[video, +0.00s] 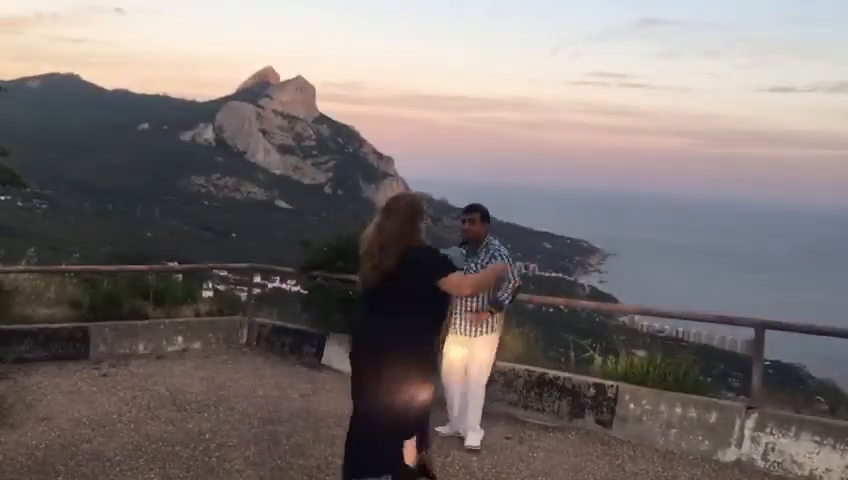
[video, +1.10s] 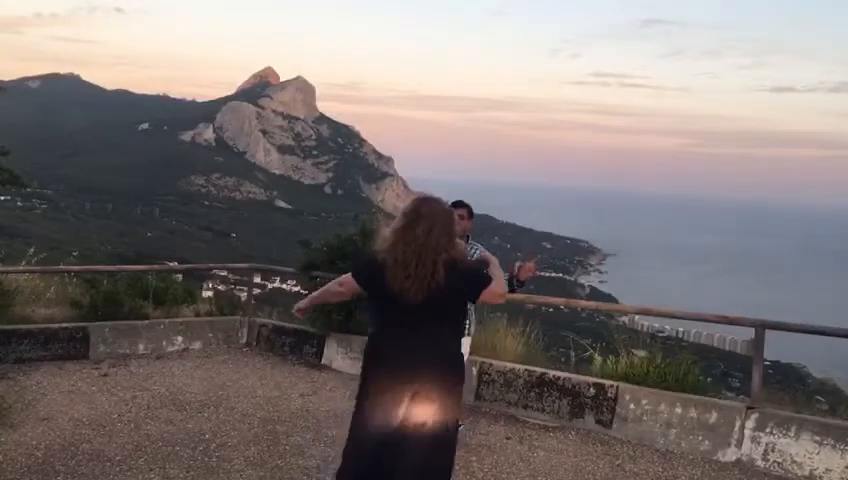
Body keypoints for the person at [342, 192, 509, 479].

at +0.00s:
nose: (427, 222)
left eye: (425, 217)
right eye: (424, 218)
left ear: (385, 220)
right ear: (417, 222)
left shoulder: (374, 256)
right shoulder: (424, 257)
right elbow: (462, 286)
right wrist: (496, 271)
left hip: (368, 358)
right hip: (410, 363)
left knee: (365, 430)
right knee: (407, 439)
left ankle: (359, 472)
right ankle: (407, 468)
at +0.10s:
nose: (430, 224)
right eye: (428, 219)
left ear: (386, 220)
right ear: (422, 223)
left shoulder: (370, 259)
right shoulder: (434, 258)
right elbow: (472, 285)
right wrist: (493, 268)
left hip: (370, 364)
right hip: (416, 367)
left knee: (361, 449)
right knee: (410, 453)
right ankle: (407, 473)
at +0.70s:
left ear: (381, 231)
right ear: (423, 235)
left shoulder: (364, 267)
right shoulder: (435, 274)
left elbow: (327, 272)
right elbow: (474, 300)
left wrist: (321, 252)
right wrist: (508, 294)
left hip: (365, 384)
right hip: (418, 385)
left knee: (356, 462)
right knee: (412, 463)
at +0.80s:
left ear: (385, 226)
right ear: (428, 230)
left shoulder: (366, 261)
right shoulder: (440, 269)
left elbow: (327, 274)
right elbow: (478, 297)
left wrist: (314, 265)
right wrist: (500, 280)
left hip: (368, 371)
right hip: (421, 374)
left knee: (354, 452)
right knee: (412, 458)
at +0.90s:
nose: (449, 228)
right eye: (444, 224)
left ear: (389, 224)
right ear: (435, 229)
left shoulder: (371, 258)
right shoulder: (446, 266)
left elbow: (329, 276)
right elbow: (484, 293)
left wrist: (302, 279)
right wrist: (491, 265)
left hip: (369, 370)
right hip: (425, 373)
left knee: (352, 452)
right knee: (414, 458)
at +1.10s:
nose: (458, 230)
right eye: (455, 226)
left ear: (405, 227)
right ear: (449, 235)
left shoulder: (384, 265)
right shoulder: (461, 273)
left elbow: (343, 287)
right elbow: (498, 293)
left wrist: (310, 300)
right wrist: (493, 262)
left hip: (385, 375)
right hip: (439, 379)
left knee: (370, 458)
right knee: (428, 463)